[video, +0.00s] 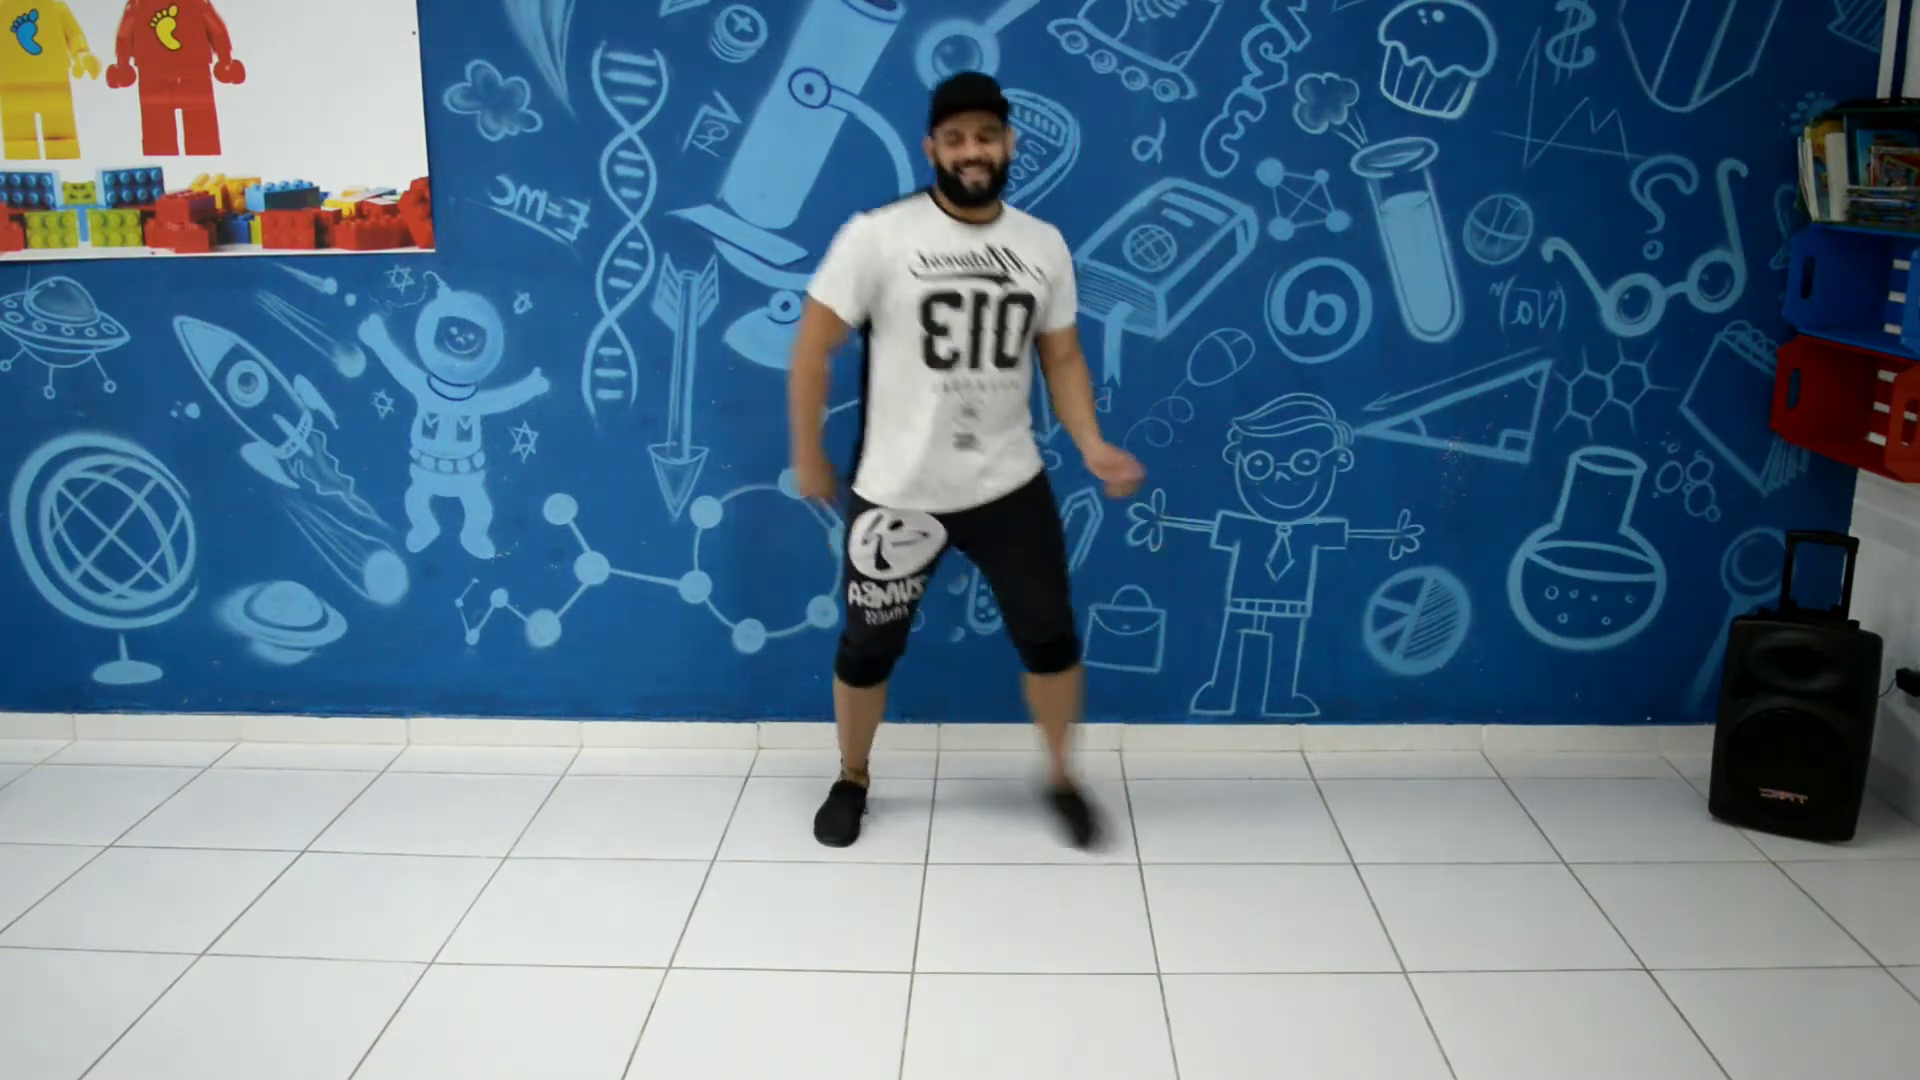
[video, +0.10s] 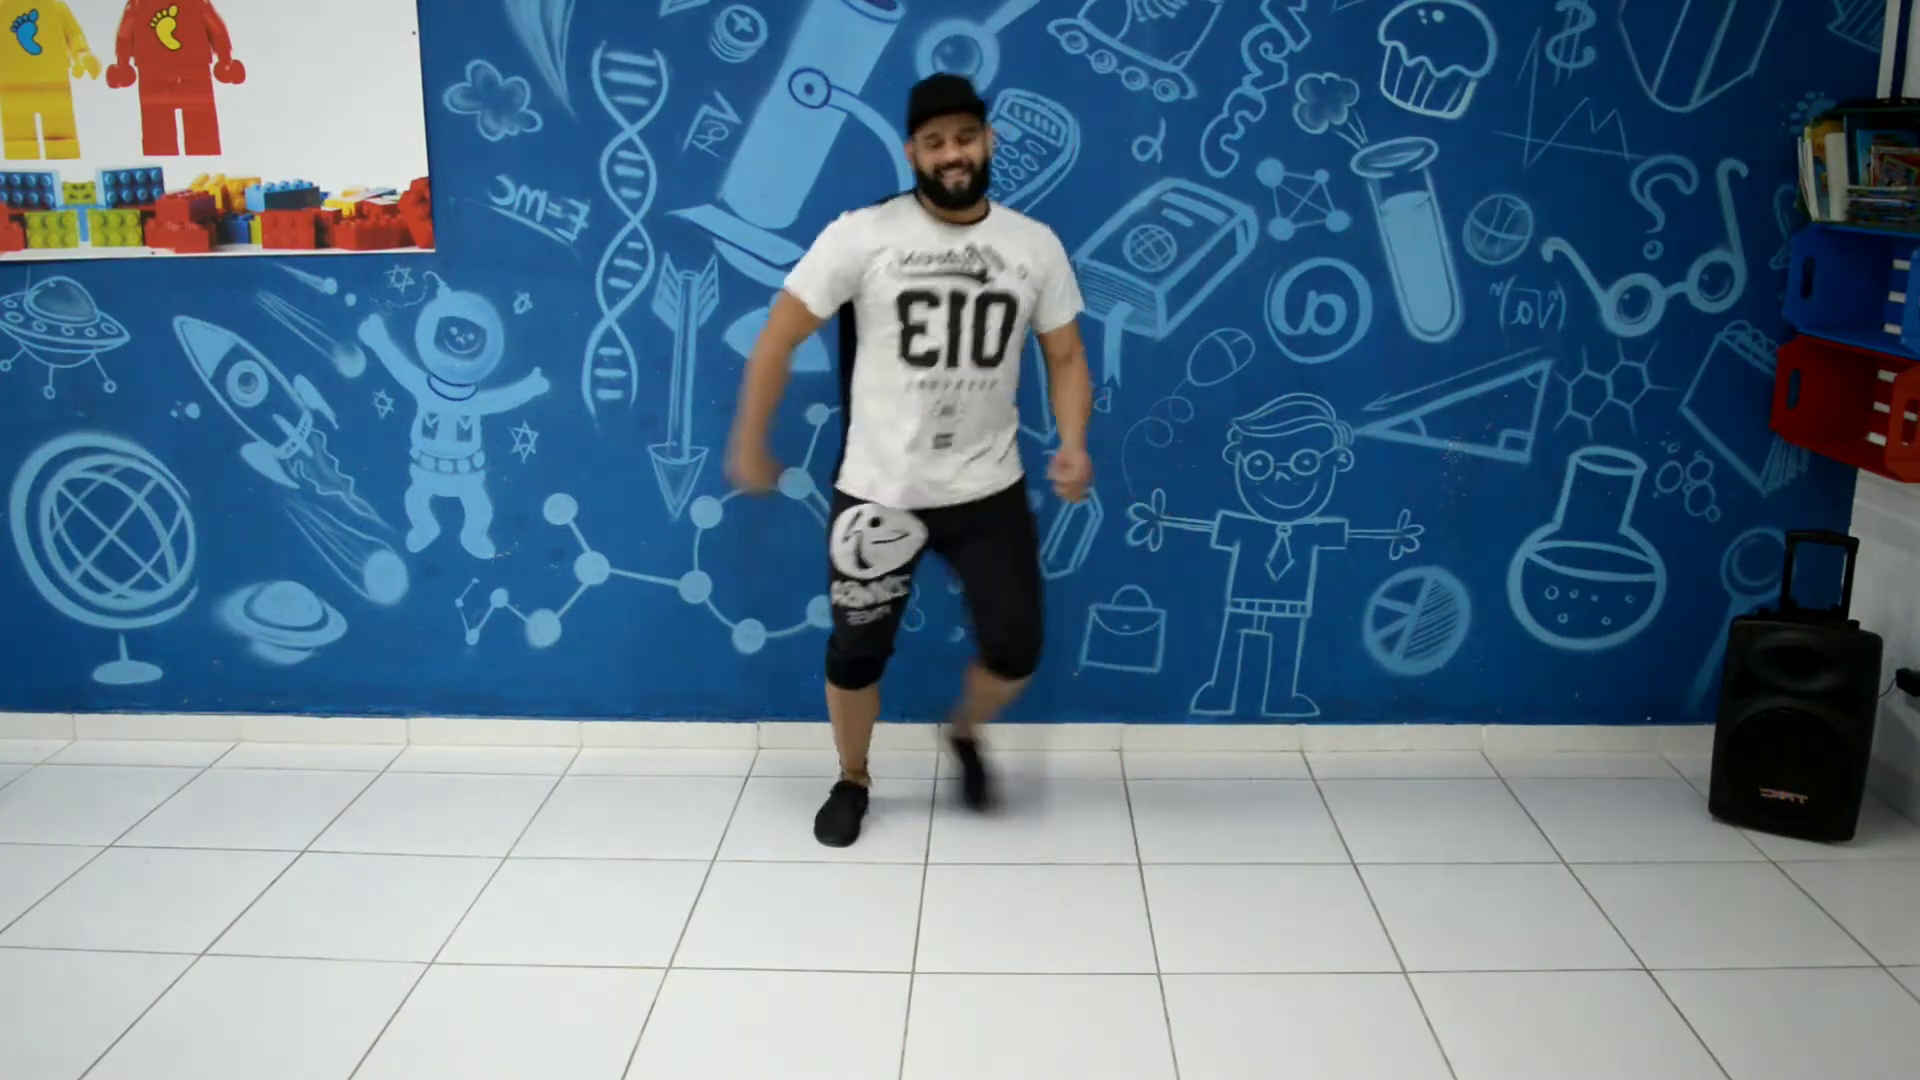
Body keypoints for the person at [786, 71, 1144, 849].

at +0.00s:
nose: (973, 152)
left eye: (988, 137)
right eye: (955, 138)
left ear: (1010, 146)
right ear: (931, 147)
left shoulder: (1042, 248)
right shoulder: (873, 240)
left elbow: (1064, 359)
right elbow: (811, 348)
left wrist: (1092, 444)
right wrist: (808, 456)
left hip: (1008, 482)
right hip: (898, 484)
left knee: (1051, 638)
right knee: (868, 645)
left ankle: (1063, 782)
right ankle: (851, 781)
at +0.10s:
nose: (953, 155)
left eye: (966, 137)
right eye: (935, 142)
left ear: (989, 142)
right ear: (911, 153)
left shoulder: (1034, 249)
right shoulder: (857, 241)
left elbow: (1066, 357)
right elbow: (778, 338)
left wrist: (1072, 441)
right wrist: (749, 442)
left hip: (987, 484)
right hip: (879, 484)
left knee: (1015, 652)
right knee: (856, 651)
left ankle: (964, 732)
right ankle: (851, 780)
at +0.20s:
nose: (933, 174)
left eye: (946, 157)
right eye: (915, 162)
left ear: (971, 163)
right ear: (895, 177)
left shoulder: (1025, 271)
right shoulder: (847, 270)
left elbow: (1067, 381)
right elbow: (762, 355)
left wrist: (1055, 446)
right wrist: (692, 448)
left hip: (969, 508)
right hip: (865, 500)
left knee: (963, 677)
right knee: (840, 662)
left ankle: (901, 746)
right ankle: (847, 780)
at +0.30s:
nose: (924, 164)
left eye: (938, 148)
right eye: (908, 152)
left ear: (965, 158)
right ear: (889, 168)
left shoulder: (1022, 261)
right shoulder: (852, 264)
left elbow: (1067, 376)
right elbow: (784, 356)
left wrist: (1042, 465)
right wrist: (700, 432)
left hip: (971, 503)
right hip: (867, 494)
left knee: (961, 669)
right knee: (845, 657)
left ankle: (907, 744)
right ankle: (848, 781)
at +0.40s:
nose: (932, 130)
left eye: (947, 118)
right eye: (917, 120)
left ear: (974, 135)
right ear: (897, 140)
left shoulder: (1028, 236)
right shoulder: (857, 235)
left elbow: (1076, 356)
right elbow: (809, 338)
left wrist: (1056, 474)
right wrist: (761, 426)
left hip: (989, 481)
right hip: (881, 477)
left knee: (1004, 654)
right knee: (859, 637)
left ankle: (971, 738)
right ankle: (854, 777)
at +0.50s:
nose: (950, 143)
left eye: (967, 133)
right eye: (936, 132)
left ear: (993, 152)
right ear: (915, 152)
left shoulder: (1043, 254)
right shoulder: (875, 253)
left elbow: (1103, 369)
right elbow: (824, 359)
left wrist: (1111, 490)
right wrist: (843, 446)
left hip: (1005, 498)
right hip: (897, 492)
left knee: (1045, 658)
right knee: (854, 643)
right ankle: (870, 782)